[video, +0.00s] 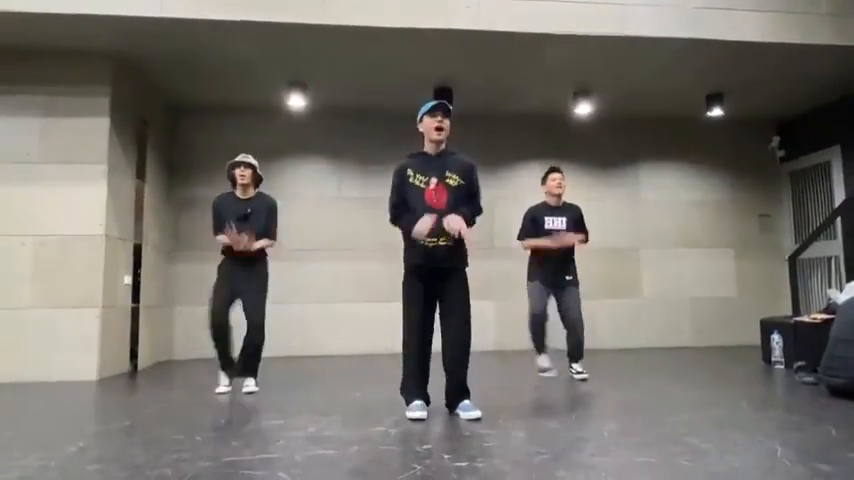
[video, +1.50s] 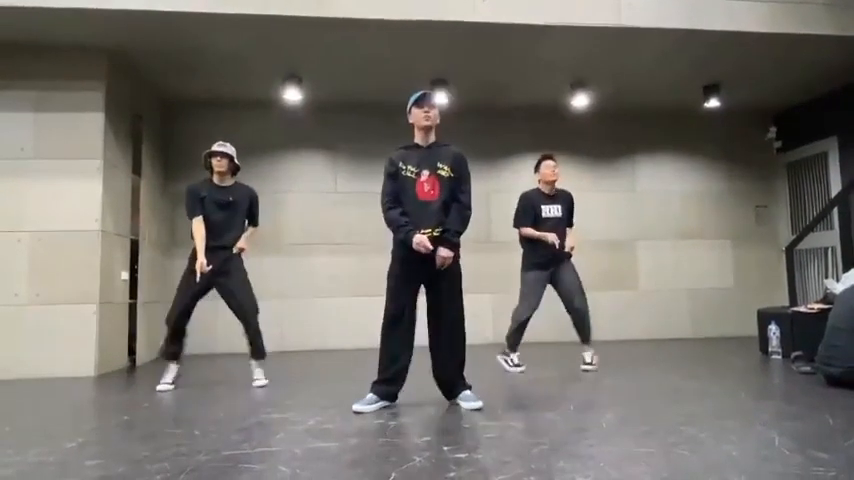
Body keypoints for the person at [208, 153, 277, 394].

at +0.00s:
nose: (242, 172)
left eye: (246, 168)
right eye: (238, 168)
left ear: (255, 174)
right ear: (232, 173)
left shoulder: (268, 203)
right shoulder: (221, 201)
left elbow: (271, 239)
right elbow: (218, 236)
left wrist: (252, 246)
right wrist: (232, 242)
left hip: (255, 268)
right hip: (229, 266)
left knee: (256, 322)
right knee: (217, 316)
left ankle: (249, 374)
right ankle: (226, 369)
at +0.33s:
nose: (235, 180)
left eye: (240, 176)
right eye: (231, 176)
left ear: (249, 181)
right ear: (226, 180)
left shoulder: (265, 205)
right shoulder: (215, 204)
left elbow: (296, 220)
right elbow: (183, 215)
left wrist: (319, 214)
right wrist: (152, 203)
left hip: (249, 276)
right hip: (219, 274)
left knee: (250, 326)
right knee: (189, 322)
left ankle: (251, 373)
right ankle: (173, 363)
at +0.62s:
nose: (235, 162)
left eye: (240, 158)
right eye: (231, 158)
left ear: (249, 164)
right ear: (226, 162)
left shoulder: (263, 194)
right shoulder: (218, 188)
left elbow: (278, 226)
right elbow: (197, 199)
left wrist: (269, 229)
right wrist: (214, 171)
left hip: (248, 260)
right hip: (220, 258)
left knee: (251, 318)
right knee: (209, 314)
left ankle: (249, 370)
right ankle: (226, 352)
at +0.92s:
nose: (232, 159)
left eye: (238, 155)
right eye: (230, 155)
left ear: (247, 161)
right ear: (225, 159)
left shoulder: (258, 192)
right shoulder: (216, 186)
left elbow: (267, 226)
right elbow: (203, 198)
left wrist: (256, 247)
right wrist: (213, 171)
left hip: (238, 260)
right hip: (211, 256)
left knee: (237, 318)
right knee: (184, 302)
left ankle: (240, 370)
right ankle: (208, 338)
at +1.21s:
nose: (223, 160)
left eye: (228, 157)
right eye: (220, 156)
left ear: (237, 163)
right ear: (214, 161)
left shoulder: (249, 194)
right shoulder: (199, 189)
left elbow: (252, 226)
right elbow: (201, 222)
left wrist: (245, 242)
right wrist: (204, 253)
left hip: (234, 258)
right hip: (206, 257)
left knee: (238, 314)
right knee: (202, 315)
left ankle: (243, 368)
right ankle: (200, 369)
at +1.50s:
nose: (218, 161)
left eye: (223, 158)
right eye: (215, 157)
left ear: (233, 163)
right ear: (209, 162)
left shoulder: (247, 194)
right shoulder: (196, 190)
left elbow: (252, 224)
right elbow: (197, 224)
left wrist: (244, 238)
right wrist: (200, 256)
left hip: (230, 259)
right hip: (202, 258)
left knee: (249, 312)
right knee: (177, 315)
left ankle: (257, 365)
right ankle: (172, 365)